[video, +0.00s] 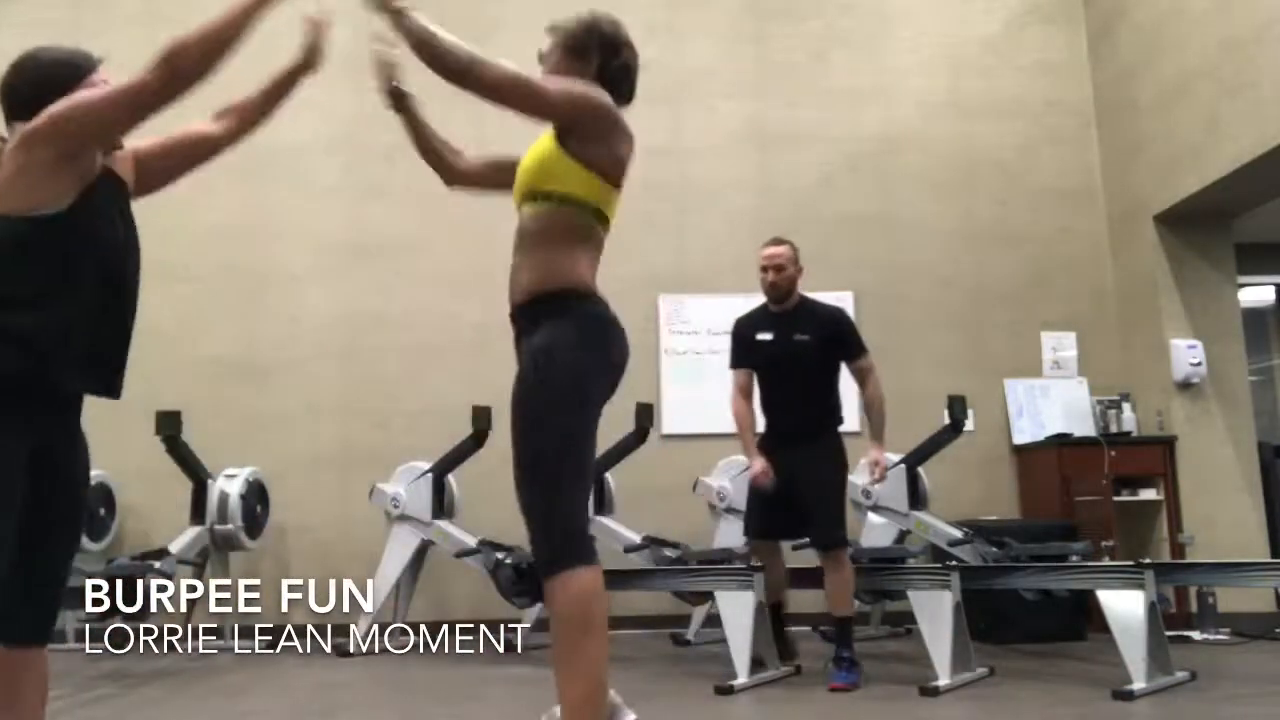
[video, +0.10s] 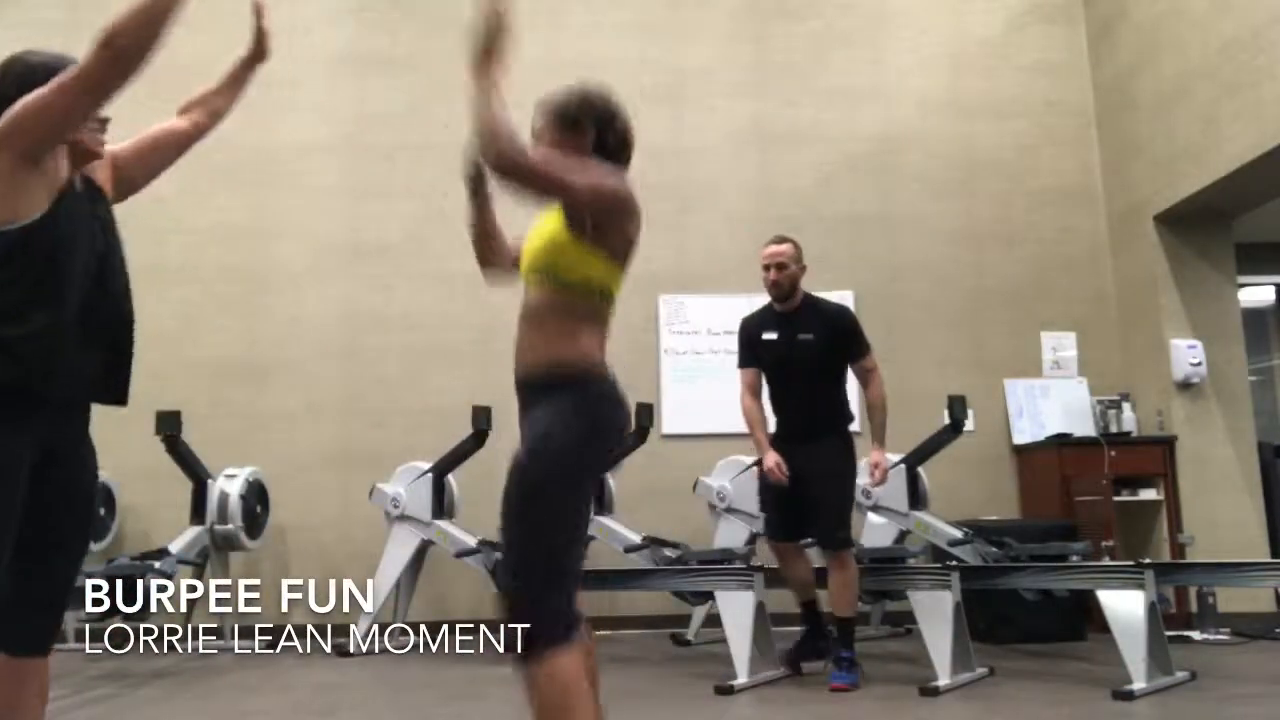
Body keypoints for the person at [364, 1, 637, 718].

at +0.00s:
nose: (541, 66)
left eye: (553, 56)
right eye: (544, 56)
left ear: (589, 65)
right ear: (582, 67)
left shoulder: (598, 113)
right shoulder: (558, 152)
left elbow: (478, 73)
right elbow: (458, 168)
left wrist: (394, 11)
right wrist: (403, 104)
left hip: (569, 335)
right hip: (549, 339)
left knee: (561, 533)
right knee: (558, 533)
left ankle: (582, 705)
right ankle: (586, 701)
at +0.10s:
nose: (540, 148)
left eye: (550, 136)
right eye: (542, 137)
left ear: (584, 139)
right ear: (574, 147)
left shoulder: (611, 194)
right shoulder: (567, 216)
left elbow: (507, 157)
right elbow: (496, 261)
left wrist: (485, 71)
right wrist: (477, 186)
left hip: (578, 404)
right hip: (550, 404)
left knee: (534, 602)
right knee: (552, 599)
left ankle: (569, 708)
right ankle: (584, 707)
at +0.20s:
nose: (510, 180)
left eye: (518, 165)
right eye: (508, 167)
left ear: (555, 168)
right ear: (553, 173)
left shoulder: (604, 234)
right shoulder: (544, 249)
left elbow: (593, 299)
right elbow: (533, 346)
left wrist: (524, 229)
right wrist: (493, 297)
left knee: (517, 647)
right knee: (533, 643)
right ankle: (592, 710)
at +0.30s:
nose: (459, 188)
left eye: (465, 170)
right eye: (457, 173)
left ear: (508, 162)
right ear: (509, 166)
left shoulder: (574, 226)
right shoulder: (531, 240)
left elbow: (617, 331)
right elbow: (572, 369)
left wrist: (508, 349)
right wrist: (500, 412)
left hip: (619, 438)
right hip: (593, 441)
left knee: (555, 638)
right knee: (565, 634)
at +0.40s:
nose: (424, 218)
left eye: (429, 199)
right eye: (420, 203)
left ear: (470, 186)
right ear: (466, 191)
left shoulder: (546, 243)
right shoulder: (508, 267)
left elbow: (599, 350)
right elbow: (553, 389)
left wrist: (508, 418)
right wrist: (502, 470)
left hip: (642, 436)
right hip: (616, 442)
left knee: (571, 633)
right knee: (575, 633)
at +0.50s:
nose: (394, 312)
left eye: (396, 293)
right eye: (387, 298)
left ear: (432, 274)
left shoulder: (516, 307)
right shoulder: (490, 352)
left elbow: (553, 435)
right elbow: (519, 457)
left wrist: (486, 540)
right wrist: (502, 544)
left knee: (585, 632)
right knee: (578, 630)